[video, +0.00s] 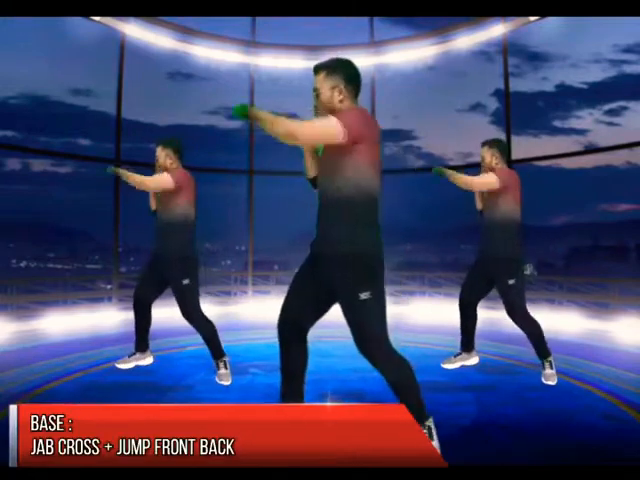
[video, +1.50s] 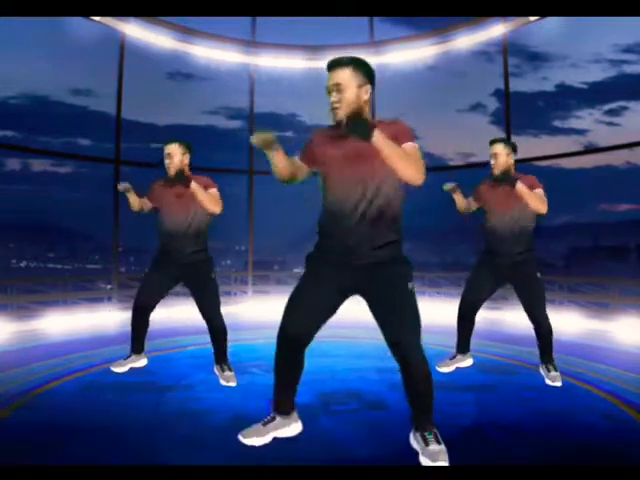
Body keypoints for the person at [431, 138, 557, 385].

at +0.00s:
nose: (482, 161)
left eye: (485, 157)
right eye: (482, 157)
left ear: (496, 156)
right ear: (494, 157)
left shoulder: (507, 175)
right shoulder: (493, 179)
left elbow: (471, 183)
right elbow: (482, 208)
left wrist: (447, 173)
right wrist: (480, 182)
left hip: (508, 257)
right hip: (490, 256)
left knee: (517, 312)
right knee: (467, 298)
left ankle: (546, 360)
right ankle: (467, 352)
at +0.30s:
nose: (486, 165)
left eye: (490, 160)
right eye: (485, 160)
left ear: (505, 159)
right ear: (495, 161)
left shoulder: (526, 183)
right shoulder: (492, 190)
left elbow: (530, 212)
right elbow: (476, 216)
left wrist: (503, 187)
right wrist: (470, 194)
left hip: (522, 261)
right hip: (496, 260)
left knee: (531, 316)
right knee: (473, 303)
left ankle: (548, 365)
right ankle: (467, 352)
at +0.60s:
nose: (471, 155)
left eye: (475, 150)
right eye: (471, 150)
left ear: (490, 150)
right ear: (479, 153)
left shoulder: (514, 175)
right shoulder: (479, 183)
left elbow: (520, 202)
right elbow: (464, 209)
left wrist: (493, 176)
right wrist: (454, 188)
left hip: (510, 252)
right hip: (482, 251)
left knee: (523, 306)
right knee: (452, 288)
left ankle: (544, 358)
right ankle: (444, 338)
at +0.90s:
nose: (460, 164)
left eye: (464, 159)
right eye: (459, 159)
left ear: (479, 160)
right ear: (461, 163)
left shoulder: (499, 186)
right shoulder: (463, 192)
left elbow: (505, 216)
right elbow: (445, 214)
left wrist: (482, 191)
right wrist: (437, 193)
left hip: (492, 262)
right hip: (463, 261)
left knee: (516, 312)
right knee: (442, 303)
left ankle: (521, 354)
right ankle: (439, 346)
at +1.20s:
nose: (478, 166)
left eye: (482, 161)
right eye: (478, 162)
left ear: (497, 162)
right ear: (482, 165)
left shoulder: (517, 184)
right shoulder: (484, 192)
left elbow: (518, 212)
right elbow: (470, 219)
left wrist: (491, 190)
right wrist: (462, 198)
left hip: (517, 264)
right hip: (492, 263)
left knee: (532, 318)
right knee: (465, 303)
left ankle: (548, 365)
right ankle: (462, 354)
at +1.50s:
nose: (494, 161)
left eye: (498, 156)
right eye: (492, 156)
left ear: (512, 157)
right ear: (490, 159)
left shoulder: (529, 183)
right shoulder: (485, 189)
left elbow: (542, 208)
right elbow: (466, 209)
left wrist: (517, 184)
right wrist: (457, 195)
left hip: (522, 262)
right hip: (491, 262)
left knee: (539, 317)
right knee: (467, 306)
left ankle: (548, 364)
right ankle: (462, 354)